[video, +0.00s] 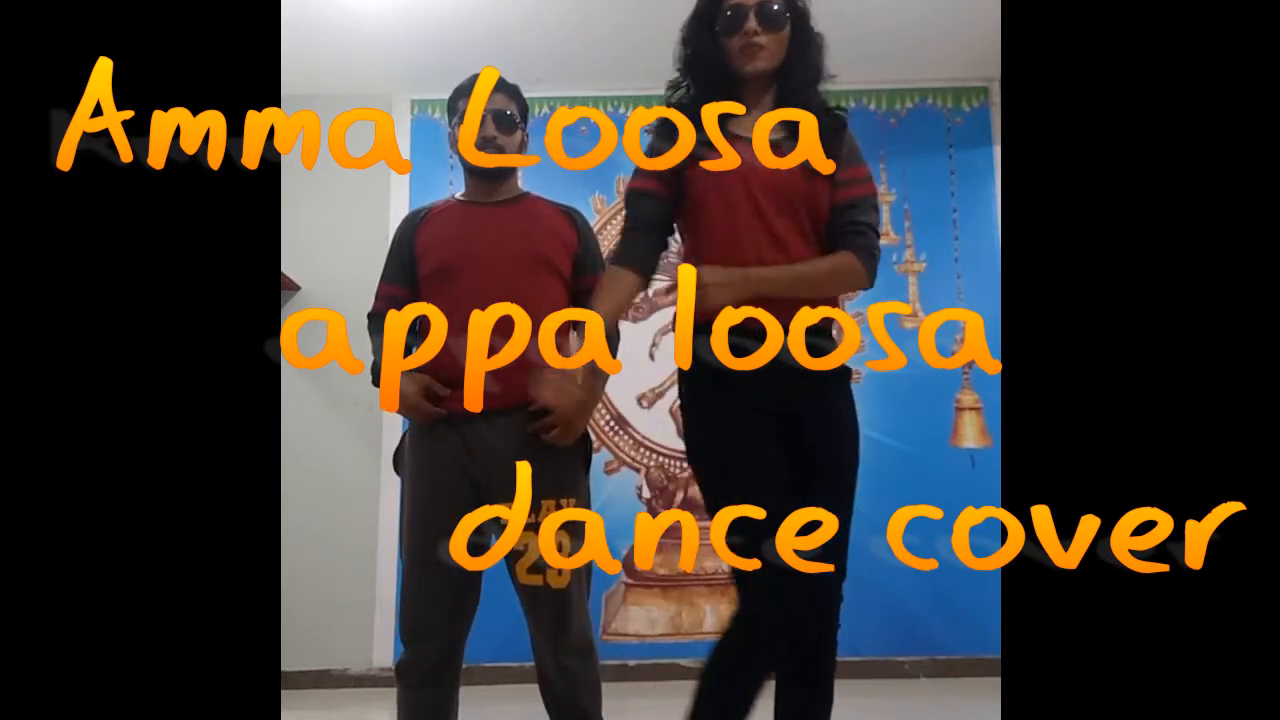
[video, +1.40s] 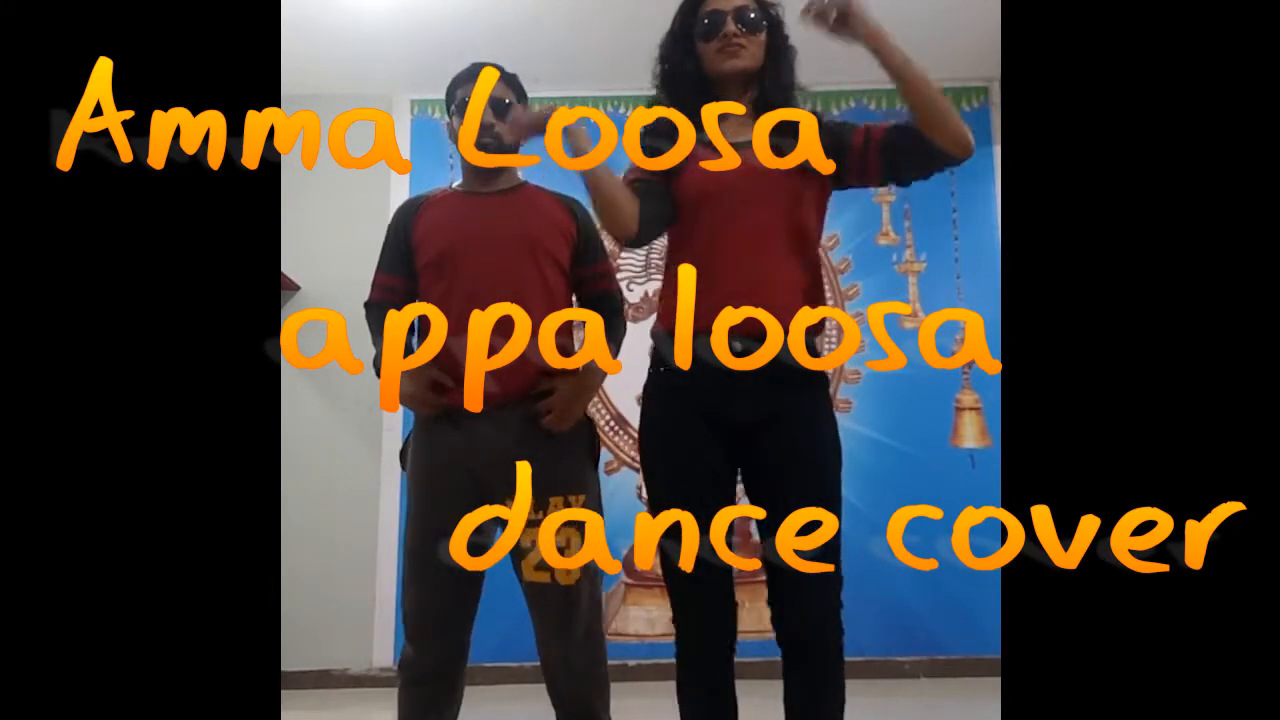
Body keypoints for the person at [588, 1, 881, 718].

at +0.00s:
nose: (752, 31)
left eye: (770, 16)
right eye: (734, 18)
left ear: (795, 30)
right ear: (711, 33)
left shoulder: (825, 127)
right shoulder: (679, 127)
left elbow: (857, 265)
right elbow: (633, 257)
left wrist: (718, 284)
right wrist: (579, 368)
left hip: (815, 377)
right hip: (719, 376)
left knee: (815, 599)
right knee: (771, 598)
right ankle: (708, 717)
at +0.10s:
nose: (751, 37)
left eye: (768, 22)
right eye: (732, 24)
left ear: (792, 35)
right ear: (709, 39)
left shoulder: (822, 130)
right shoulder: (680, 129)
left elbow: (859, 263)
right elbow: (621, 253)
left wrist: (737, 266)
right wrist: (536, 320)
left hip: (815, 380)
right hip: (721, 381)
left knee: (820, 599)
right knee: (791, 600)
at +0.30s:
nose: (742, 40)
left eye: (761, 25)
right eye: (722, 26)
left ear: (787, 42)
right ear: (698, 45)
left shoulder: (818, 137)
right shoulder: (678, 141)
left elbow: (864, 267)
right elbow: (607, 272)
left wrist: (758, 245)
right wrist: (492, 250)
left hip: (802, 394)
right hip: (701, 396)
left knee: (824, 610)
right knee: (734, 617)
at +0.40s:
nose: (738, 40)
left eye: (757, 25)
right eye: (718, 26)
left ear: (780, 43)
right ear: (693, 44)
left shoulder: (817, 141)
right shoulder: (668, 142)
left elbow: (862, 283)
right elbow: (625, 291)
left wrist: (848, 192)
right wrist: (568, 228)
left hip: (790, 395)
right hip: (689, 395)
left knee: (790, 609)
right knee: (709, 614)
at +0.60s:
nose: (742, 38)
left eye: (760, 24)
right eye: (721, 27)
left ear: (783, 45)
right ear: (697, 50)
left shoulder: (804, 137)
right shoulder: (667, 142)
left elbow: (871, 275)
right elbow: (633, 280)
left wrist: (932, 174)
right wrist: (673, 163)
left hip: (792, 389)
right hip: (694, 388)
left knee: (742, 612)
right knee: (681, 613)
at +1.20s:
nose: (737, 40)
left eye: (754, 27)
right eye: (715, 32)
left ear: (779, 49)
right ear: (693, 59)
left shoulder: (819, 141)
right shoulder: (680, 149)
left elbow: (931, 194)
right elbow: (626, 286)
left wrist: (822, 143)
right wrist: (567, 188)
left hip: (798, 397)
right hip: (699, 398)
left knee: (808, 622)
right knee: (729, 623)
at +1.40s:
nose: (731, 34)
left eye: (749, 20)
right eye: (711, 24)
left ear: (773, 41)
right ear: (688, 48)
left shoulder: (811, 136)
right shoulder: (669, 138)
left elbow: (951, 143)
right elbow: (629, 225)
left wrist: (874, 35)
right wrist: (584, 148)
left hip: (791, 389)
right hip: (685, 391)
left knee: (808, 608)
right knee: (699, 614)